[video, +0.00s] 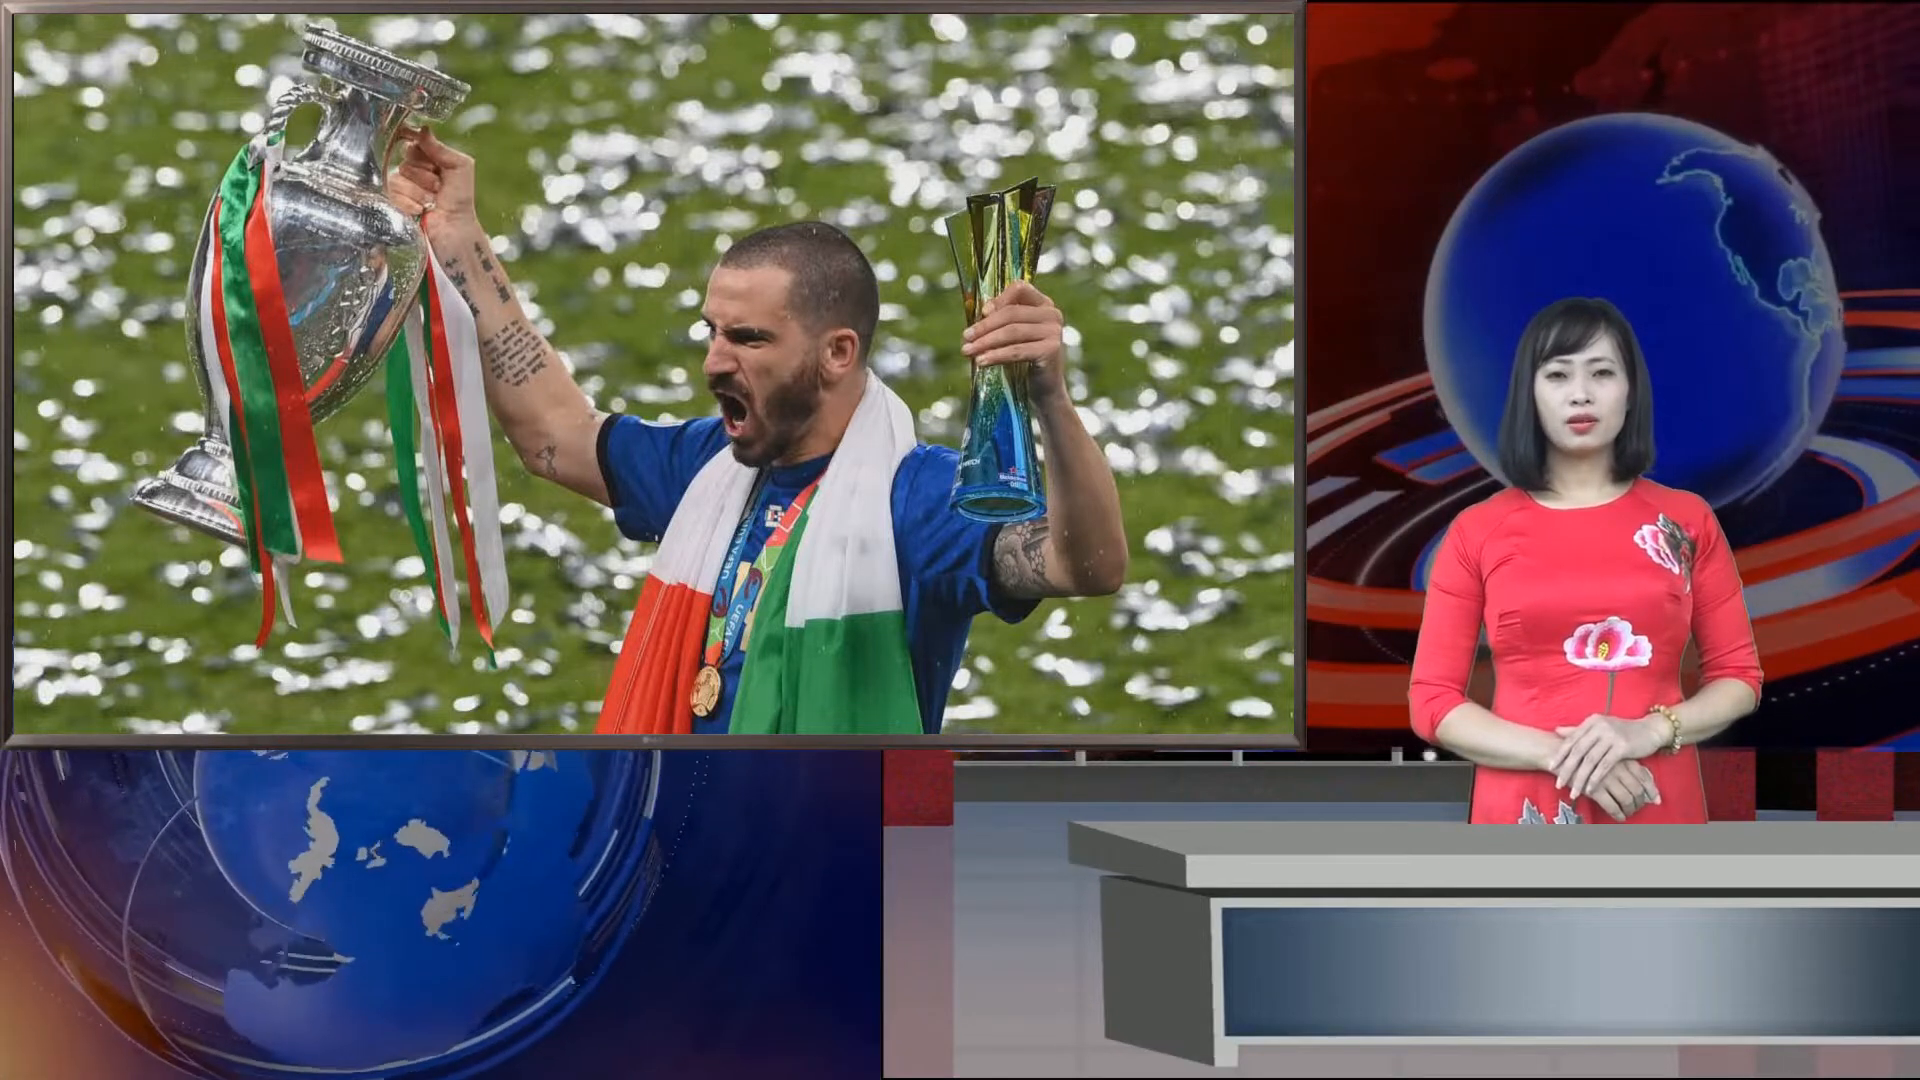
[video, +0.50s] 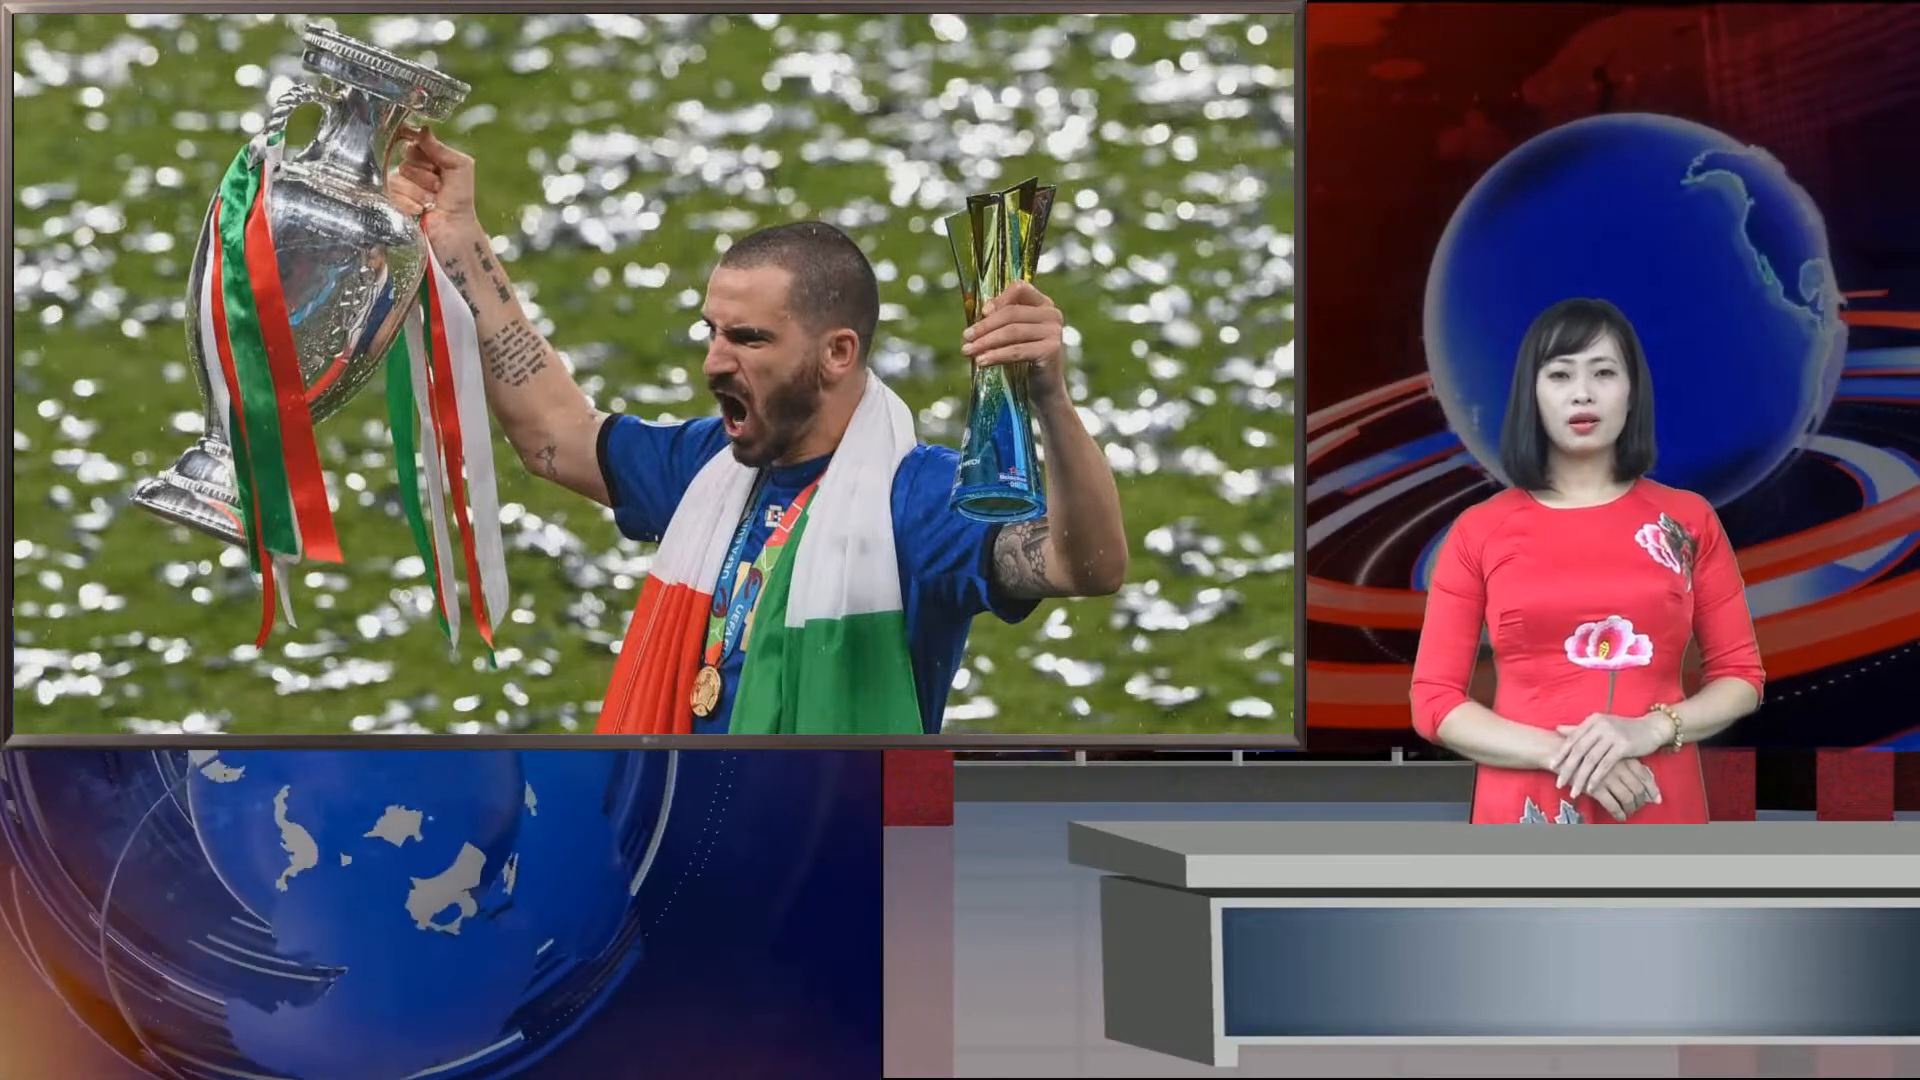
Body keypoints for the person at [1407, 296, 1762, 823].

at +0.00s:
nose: (1580, 393)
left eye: (1602, 373)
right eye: (1558, 375)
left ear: (1630, 391)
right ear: (1530, 391)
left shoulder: (1686, 521)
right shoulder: (1478, 533)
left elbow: (1739, 680)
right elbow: (1432, 702)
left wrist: (1652, 729)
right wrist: (1565, 753)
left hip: (1662, 825)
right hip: (1520, 826)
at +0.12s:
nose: (1580, 393)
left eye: (1602, 373)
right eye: (1558, 375)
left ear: (1630, 391)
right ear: (1530, 392)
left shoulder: (1686, 521)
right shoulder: (1479, 533)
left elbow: (1739, 680)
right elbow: (1432, 702)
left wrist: (1652, 729)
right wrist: (1565, 753)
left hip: (1662, 825)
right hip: (1520, 825)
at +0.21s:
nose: (1580, 394)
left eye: (1602, 375)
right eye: (1558, 376)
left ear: (1630, 391)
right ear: (1530, 392)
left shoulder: (1686, 522)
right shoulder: (1479, 533)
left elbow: (1739, 680)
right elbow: (1432, 701)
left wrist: (1652, 729)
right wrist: (1564, 753)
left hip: (1662, 824)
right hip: (1521, 825)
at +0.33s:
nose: (1581, 393)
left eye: (1602, 373)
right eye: (1559, 375)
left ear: (1631, 391)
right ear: (1531, 392)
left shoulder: (1686, 521)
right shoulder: (1479, 533)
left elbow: (1739, 680)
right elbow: (1432, 701)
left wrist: (1652, 729)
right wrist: (1564, 753)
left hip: (1662, 824)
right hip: (1522, 825)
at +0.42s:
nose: (1581, 393)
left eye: (1603, 373)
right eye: (1560, 374)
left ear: (1631, 391)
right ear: (1532, 392)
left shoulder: (1687, 521)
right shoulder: (1479, 534)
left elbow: (1740, 680)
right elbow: (1433, 701)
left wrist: (1651, 728)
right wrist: (1565, 752)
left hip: (1662, 825)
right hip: (1522, 826)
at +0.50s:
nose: (1582, 393)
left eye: (1604, 373)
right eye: (1560, 375)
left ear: (1632, 391)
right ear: (1532, 392)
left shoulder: (1687, 521)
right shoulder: (1480, 533)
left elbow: (1741, 680)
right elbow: (1434, 700)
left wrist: (1652, 728)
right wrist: (1565, 752)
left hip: (1661, 823)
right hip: (1523, 824)